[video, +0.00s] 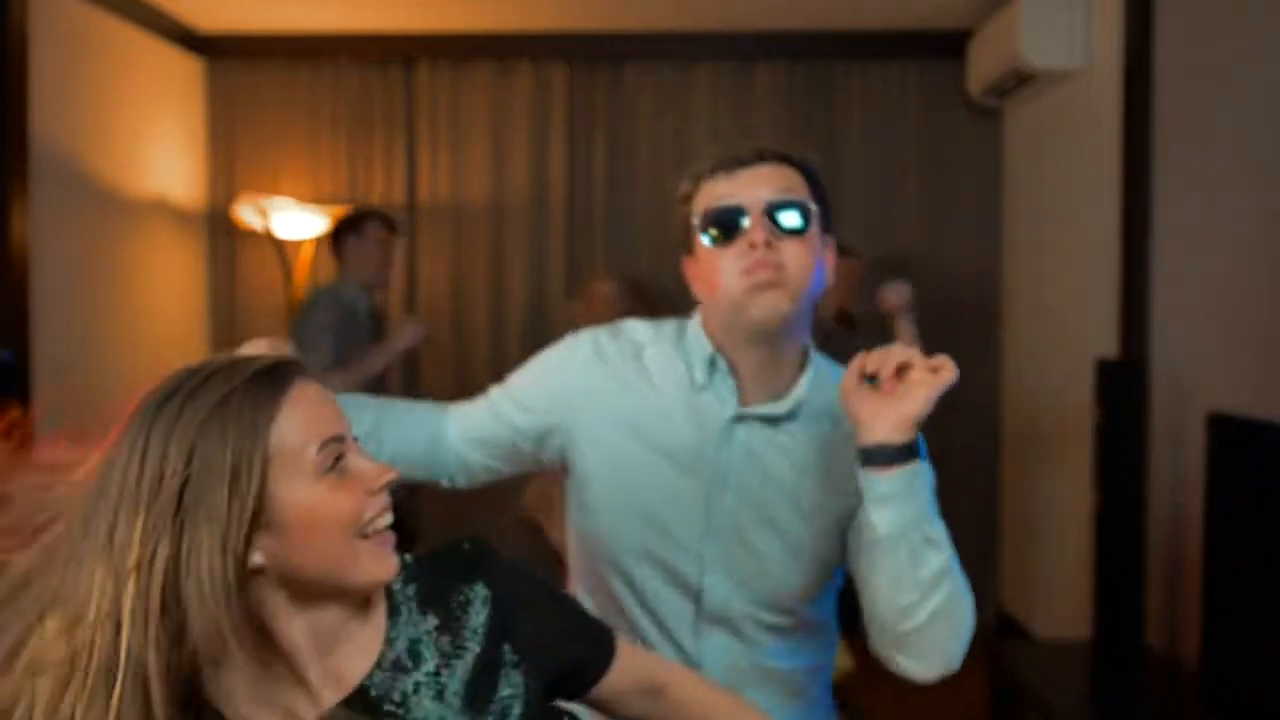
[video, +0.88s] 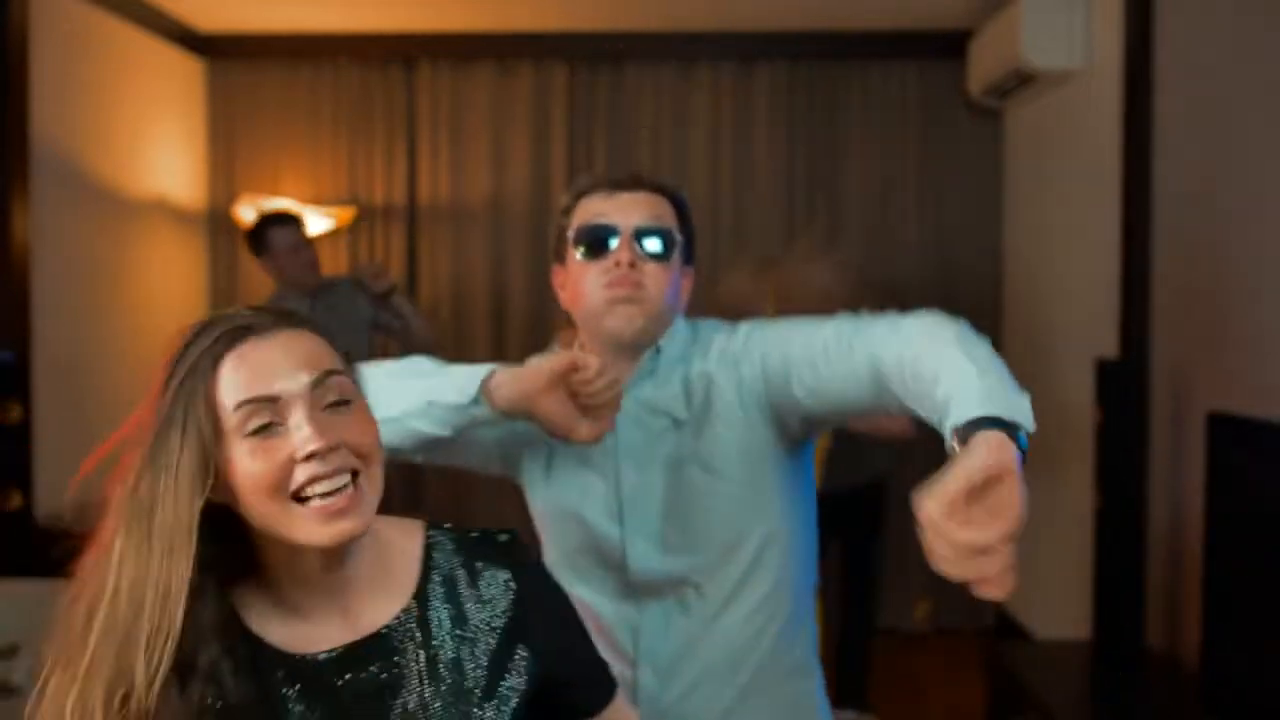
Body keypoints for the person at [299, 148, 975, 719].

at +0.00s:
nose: (760, 242)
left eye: (788, 220)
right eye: (726, 228)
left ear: (828, 262)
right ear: (692, 275)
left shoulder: (864, 420)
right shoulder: (597, 373)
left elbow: (926, 655)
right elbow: (451, 441)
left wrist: (889, 454)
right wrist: (291, 402)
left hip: (785, 713)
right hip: (618, 703)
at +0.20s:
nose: (735, 193)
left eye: (764, 175)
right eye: (705, 179)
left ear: (805, 218)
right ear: (672, 226)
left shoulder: (852, 365)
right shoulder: (591, 325)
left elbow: (977, 547)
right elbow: (431, 389)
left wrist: (901, 359)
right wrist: (382, 317)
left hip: (783, 704)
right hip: (612, 697)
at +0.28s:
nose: (711, 161)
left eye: (741, 143)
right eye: (681, 146)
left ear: (782, 184)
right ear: (650, 191)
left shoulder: (842, 325)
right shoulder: (580, 297)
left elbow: (1000, 483)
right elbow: (391, 350)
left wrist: (901, 319)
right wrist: (404, 284)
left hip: (783, 700)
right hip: (611, 693)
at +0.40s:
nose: (683, 134)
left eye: (713, 117)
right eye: (652, 115)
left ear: (747, 158)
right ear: (615, 154)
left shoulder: (825, 277)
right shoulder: (558, 266)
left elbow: (1026, 393)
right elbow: (343, 293)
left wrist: (918, 287)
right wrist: (424, 246)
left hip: (779, 685)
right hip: (604, 676)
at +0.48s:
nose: (664, 131)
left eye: (694, 115)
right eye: (635, 112)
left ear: (725, 159)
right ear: (594, 151)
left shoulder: (809, 255)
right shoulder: (548, 265)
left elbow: (1039, 337)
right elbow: (325, 264)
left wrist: (938, 287)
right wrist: (437, 242)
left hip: (779, 679)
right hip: (603, 673)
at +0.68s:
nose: (630, 180)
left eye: (658, 165)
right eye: (601, 162)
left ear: (691, 210)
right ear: (563, 206)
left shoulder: (751, 285)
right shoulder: (530, 324)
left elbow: (964, 241)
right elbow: (336, 301)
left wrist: (986, 364)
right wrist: (481, 301)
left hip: (779, 688)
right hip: (617, 687)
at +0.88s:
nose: (625, 257)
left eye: (653, 243)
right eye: (597, 242)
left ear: (686, 283)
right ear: (561, 285)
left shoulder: (749, 363)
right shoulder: (530, 411)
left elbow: (921, 340)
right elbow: (345, 401)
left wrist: (992, 435)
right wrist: (496, 392)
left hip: (765, 704)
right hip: (607, 710)